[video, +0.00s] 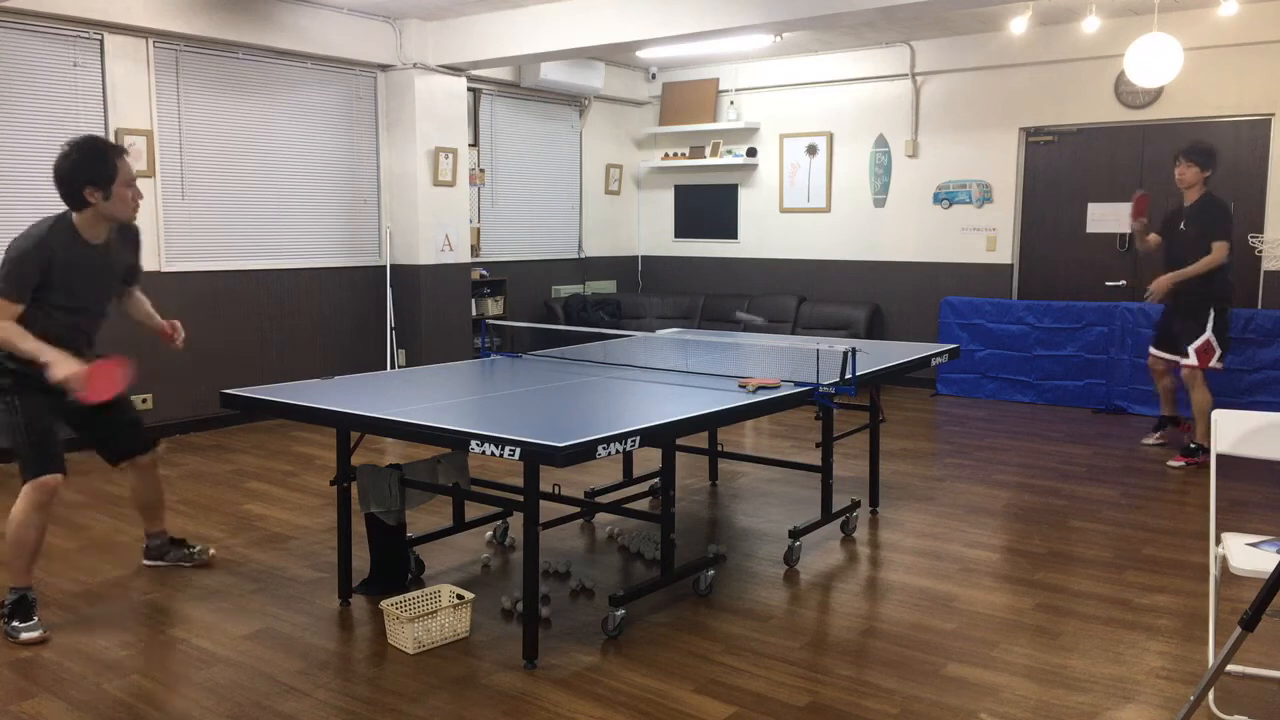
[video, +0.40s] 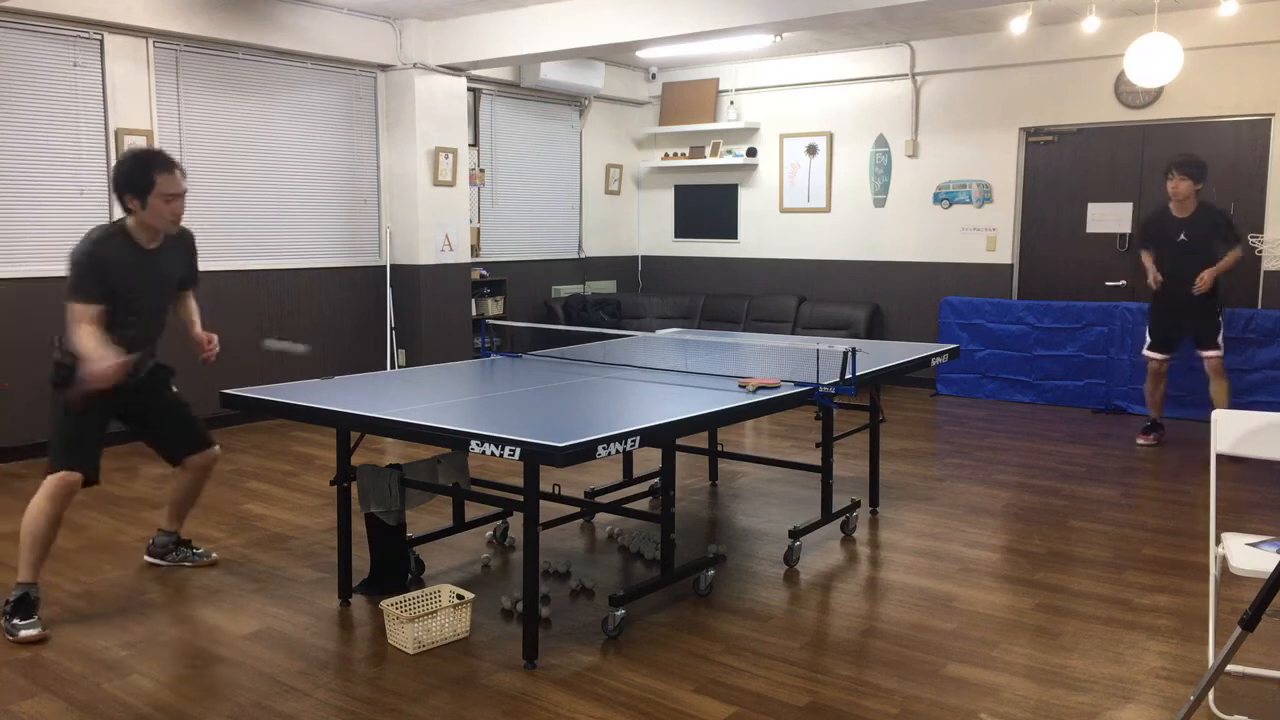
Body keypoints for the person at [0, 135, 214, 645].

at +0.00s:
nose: (138, 192)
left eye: (135, 181)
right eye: (128, 184)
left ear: (102, 193)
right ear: (93, 196)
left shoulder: (124, 238)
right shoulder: (36, 246)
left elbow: (125, 291)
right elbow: (2, 323)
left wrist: (158, 323)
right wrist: (51, 355)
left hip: (82, 367)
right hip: (23, 374)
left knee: (141, 451)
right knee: (45, 480)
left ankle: (158, 543)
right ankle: (18, 598)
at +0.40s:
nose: (181, 205)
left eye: (182, 195)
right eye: (171, 199)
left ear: (179, 193)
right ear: (135, 203)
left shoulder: (181, 242)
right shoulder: (97, 251)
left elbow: (184, 293)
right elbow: (83, 323)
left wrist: (197, 331)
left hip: (143, 370)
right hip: (87, 373)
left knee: (201, 454)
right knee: (66, 477)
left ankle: (167, 541)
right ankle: (24, 596)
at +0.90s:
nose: (172, 177)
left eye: (169, 166)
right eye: (162, 168)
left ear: (129, 179)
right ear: (130, 179)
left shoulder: (101, 220)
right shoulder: (110, 230)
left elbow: (71, 294)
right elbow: (172, 306)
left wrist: (129, 320)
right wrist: (231, 271)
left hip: (71, 374)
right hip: (40, 377)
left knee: (124, 456)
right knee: (78, 490)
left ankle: (153, 540)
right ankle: (20, 609)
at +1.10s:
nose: (147, 189)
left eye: (143, 179)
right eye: (136, 182)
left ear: (109, 194)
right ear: (105, 195)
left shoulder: (114, 244)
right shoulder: (62, 250)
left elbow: (102, 306)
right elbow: (88, 336)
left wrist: (151, 326)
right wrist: (165, 323)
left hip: (62, 387)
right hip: (21, 391)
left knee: (117, 465)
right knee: (63, 493)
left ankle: (84, 551)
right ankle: (16, 610)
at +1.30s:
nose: (146, 181)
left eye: (141, 171)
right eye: (135, 176)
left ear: (105, 186)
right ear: (101, 189)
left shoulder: (109, 231)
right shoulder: (60, 240)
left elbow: (92, 295)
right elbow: (61, 329)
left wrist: (146, 316)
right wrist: (138, 327)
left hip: (62, 367)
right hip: (17, 373)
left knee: (115, 449)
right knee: (51, 482)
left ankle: (113, 529)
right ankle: (5, 603)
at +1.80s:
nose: (116, 252)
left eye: (113, 242)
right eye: (104, 246)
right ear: (67, 261)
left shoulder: (120, 289)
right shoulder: (26, 308)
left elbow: (153, 333)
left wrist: (166, 359)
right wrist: (14, 431)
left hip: (96, 402)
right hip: (39, 408)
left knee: (167, 464)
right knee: (57, 475)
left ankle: (124, 530)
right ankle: (16, 598)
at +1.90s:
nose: (95, 274)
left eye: (92, 263)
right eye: (82, 268)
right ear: (44, 283)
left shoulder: (108, 302)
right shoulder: (14, 324)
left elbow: (158, 339)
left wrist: (174, 364)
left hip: (99, 410)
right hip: (37, 416)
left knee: (173, 474)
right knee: (54, 478)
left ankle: (125, 530)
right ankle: (16, 600)